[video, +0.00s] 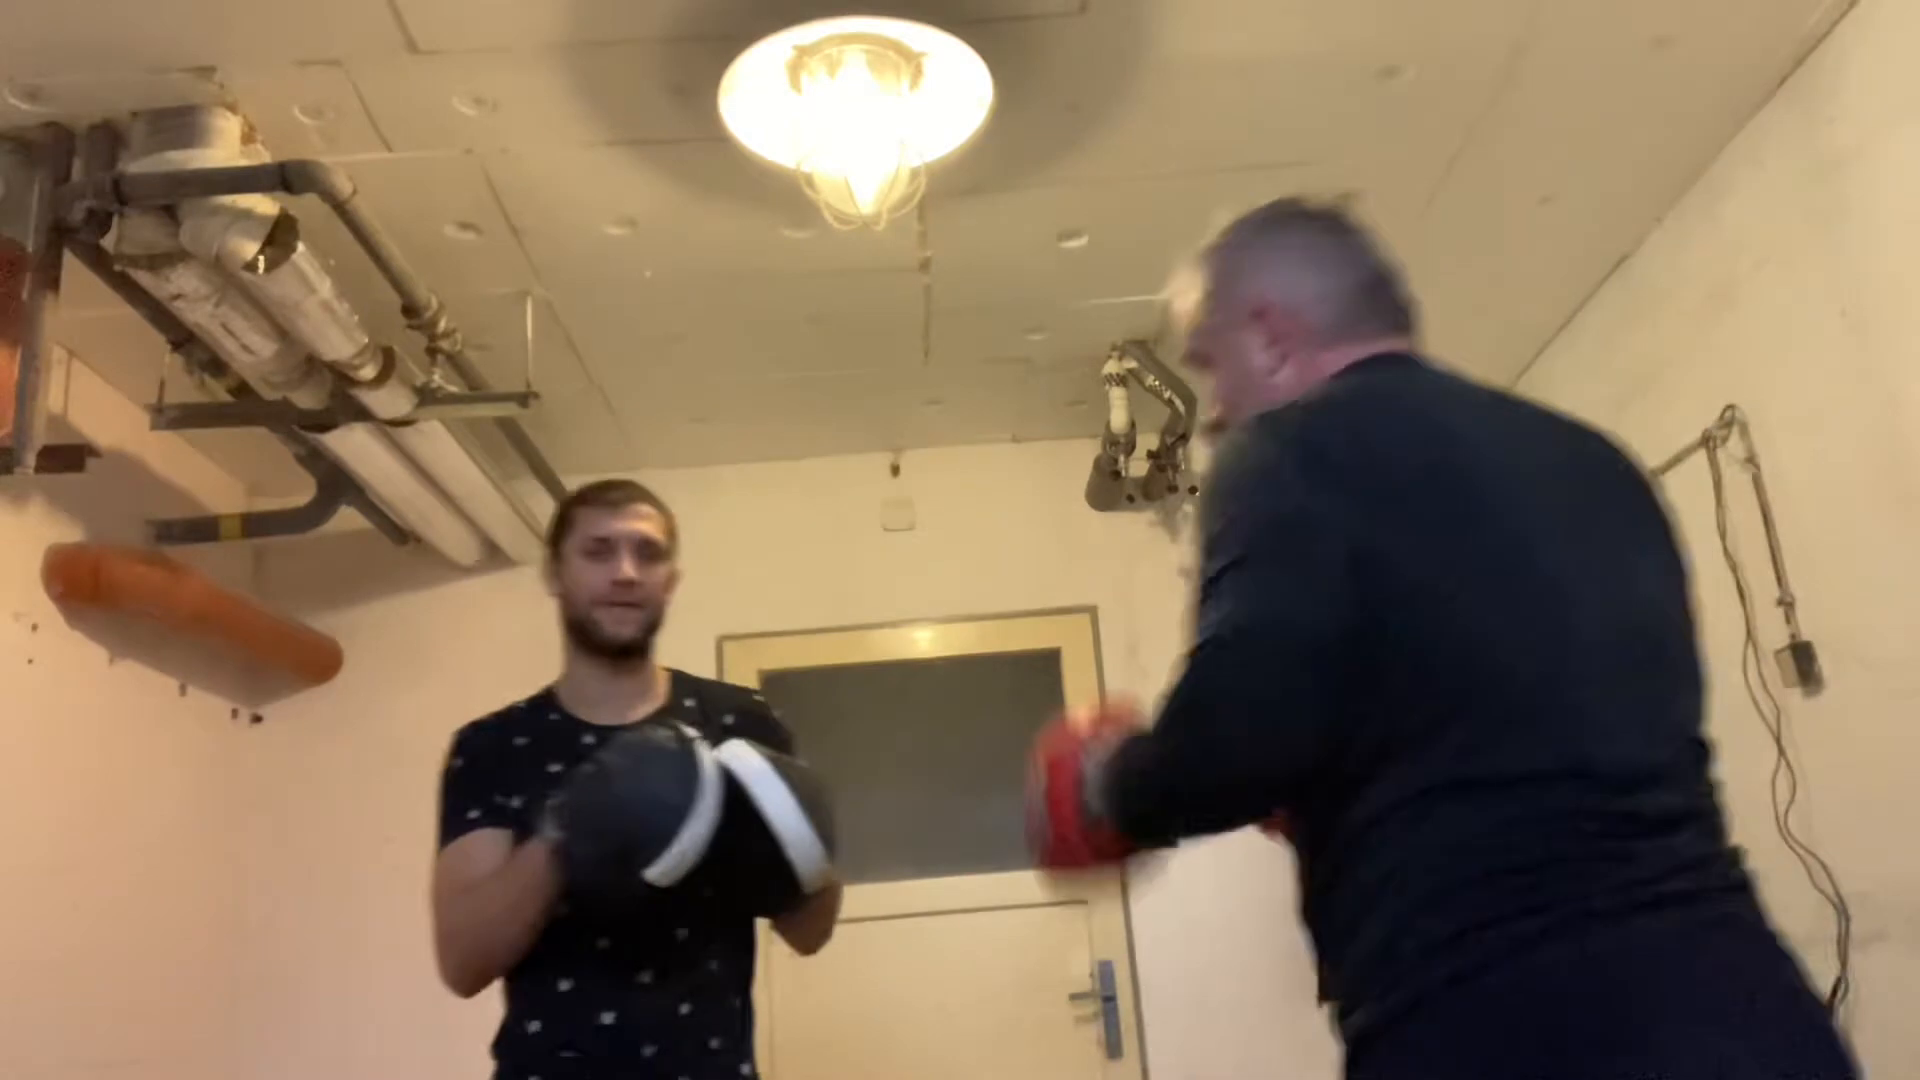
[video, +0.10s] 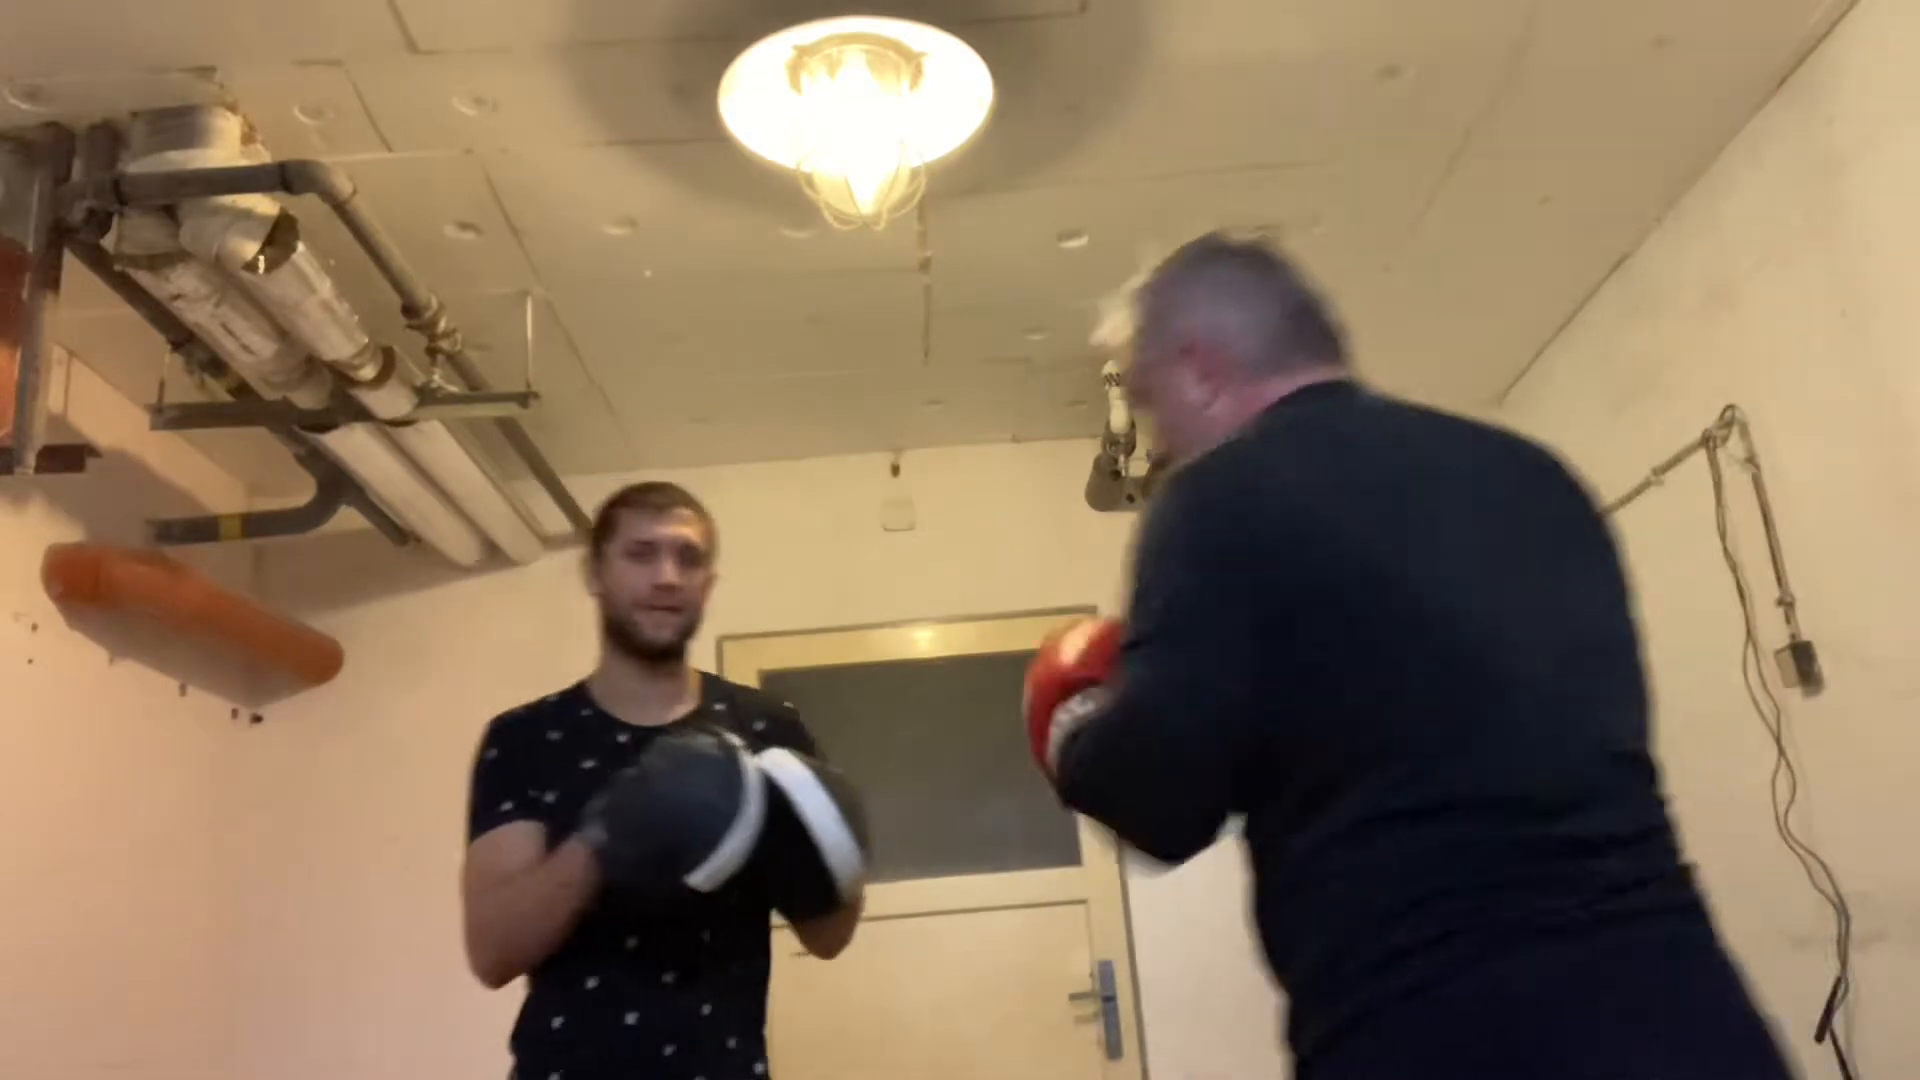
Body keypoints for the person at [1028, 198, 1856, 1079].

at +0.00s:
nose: (1213, 414)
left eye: (1209, 368)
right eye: (1199, 378)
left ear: (1271, 337)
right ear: (1392, 319)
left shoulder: (1292, 461)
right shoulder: (1592, 455)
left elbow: (1257, 727)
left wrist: (1108, 789)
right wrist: (1318, 783)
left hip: (1474, 1021)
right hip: (1737, 996)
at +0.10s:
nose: (1153, 445)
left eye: (1144, 403)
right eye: (1137, 411)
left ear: (1200, 373)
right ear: (1318, 342)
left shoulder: (1220, 506)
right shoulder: (1533, 471)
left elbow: (1164, 805)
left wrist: (1072, 716)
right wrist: (1172, 655)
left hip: (1413, 1029)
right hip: (1675, 1006)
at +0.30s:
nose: (1081, 485)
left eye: (1070, 439)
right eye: (1068, 447)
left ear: (1113, 401)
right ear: (1236, 369)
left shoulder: (1118, 535)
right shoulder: (1451, 471)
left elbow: (1048, 845)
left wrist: (1025, 706)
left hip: (1325, 1023)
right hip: (1588, 998)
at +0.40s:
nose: (1080, 476)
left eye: (1070, 433)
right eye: (1067, 440)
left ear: (1116, 401)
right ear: (1240, 374)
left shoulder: (1115, 533)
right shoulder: (1448, 479)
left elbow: (1039, 835)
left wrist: (1016, 694)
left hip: (1305, 1019)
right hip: (1565, 993)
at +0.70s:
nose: (1166, 475)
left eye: (1161, 441)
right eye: (1155, 451)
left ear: (1218, 406)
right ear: (1329, 396)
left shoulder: (1212, 519)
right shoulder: (1513, 521)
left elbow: (1138, 784)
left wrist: (1068, 719)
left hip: (1332, 1023)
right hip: (1577, 1010)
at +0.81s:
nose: (1175, 486)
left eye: (1170, 455)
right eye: (1163, 465)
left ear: (1225, 415)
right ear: (1334, 408)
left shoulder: (1227, 511)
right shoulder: (1521, 530)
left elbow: (1141, 762)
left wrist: (1074, 679)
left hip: (1331, 1027)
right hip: (1574, 1017)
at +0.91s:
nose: (1157, 481)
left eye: (1155, 455)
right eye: (1148, 463)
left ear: (1212, 417)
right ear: (1321, 406)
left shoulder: (1214, 511)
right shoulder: (1507, 525)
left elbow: (1088, 745)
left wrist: (1026, 651)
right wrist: (1135, 616)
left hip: (1313, 1020)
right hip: (1549, 1009)